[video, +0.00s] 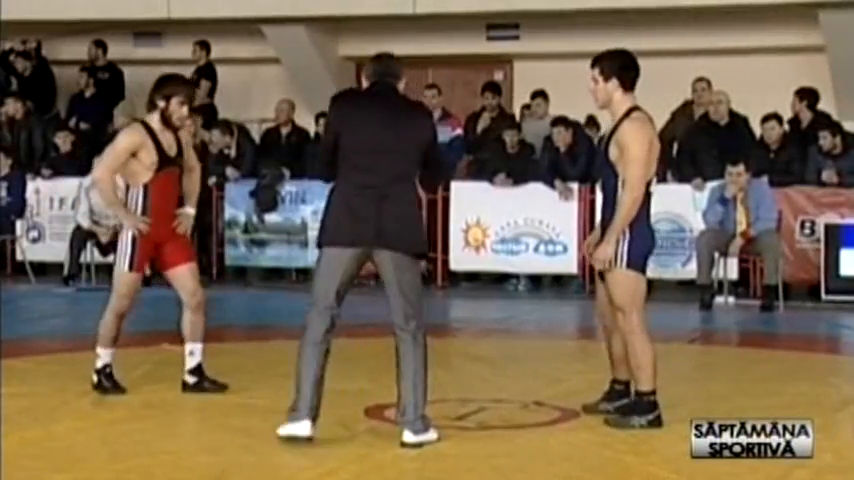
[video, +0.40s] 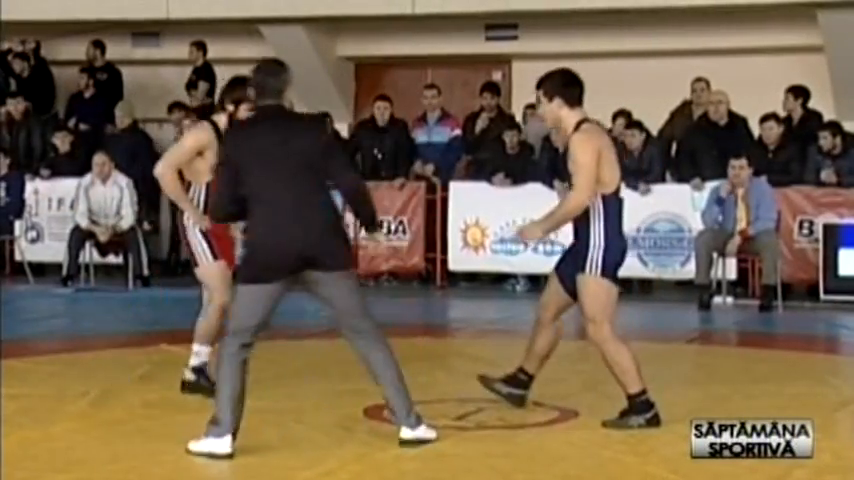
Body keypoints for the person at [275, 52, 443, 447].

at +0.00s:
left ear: (365, 77)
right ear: (401, 81)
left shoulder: (343, 105)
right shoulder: (419, 114)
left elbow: (323, 167)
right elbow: (434, 176)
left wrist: (355, 163)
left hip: (346, 218)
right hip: (398, 221)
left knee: (319, 319)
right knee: (409, 326)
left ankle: (303, 416)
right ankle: (414, 424)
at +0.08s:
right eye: (389, 75)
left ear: (353, 76)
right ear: (389, 78)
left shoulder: (331, 108)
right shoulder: (409, 115)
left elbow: (311, 175)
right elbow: (433, 180)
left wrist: (345, 171)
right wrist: (415, 193)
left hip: (339, 221)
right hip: (391, 223)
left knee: (307, 318)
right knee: (406, 326)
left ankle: (282, 415)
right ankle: (413, 424)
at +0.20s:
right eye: (361, 81)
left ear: (326, 84)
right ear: (360, 84)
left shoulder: (307, 122)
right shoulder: (388, 124)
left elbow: (288, 191)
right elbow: (425, 187)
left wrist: (324, 184)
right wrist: (417, 236)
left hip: (322, 238)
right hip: (378, 239)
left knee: (283, 329)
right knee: (401, 330)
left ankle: (246, 417)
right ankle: (413, 424)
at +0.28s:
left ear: (299, 93)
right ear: (333, 91)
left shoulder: (283, 135)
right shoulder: (365, 131)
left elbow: (265, 201)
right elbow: (403, 193)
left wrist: (305, 202)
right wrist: (409, 242)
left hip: (309, 249)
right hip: (364, 247)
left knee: (266, 336)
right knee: (395, 329)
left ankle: (229, 423)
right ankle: (411, 424)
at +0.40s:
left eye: (255, 88)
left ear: (253, 92)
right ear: (287, 91)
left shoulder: (237, 137)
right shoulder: (314, 128)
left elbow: (221, 208)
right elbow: (349, 181)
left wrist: (256, 202)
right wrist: (370, 221)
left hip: (267, 250)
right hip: (324, 243)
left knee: (236, 341)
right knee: (364, 332)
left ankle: (223, 434)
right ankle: (410, 423)